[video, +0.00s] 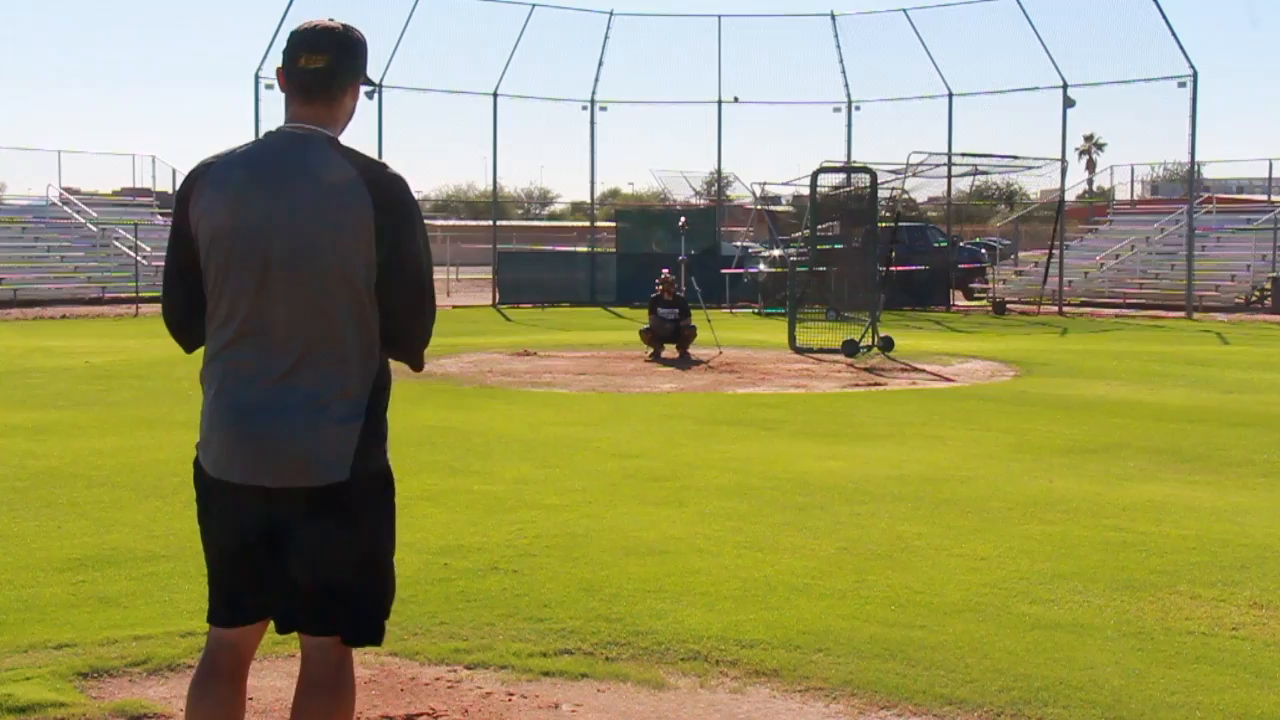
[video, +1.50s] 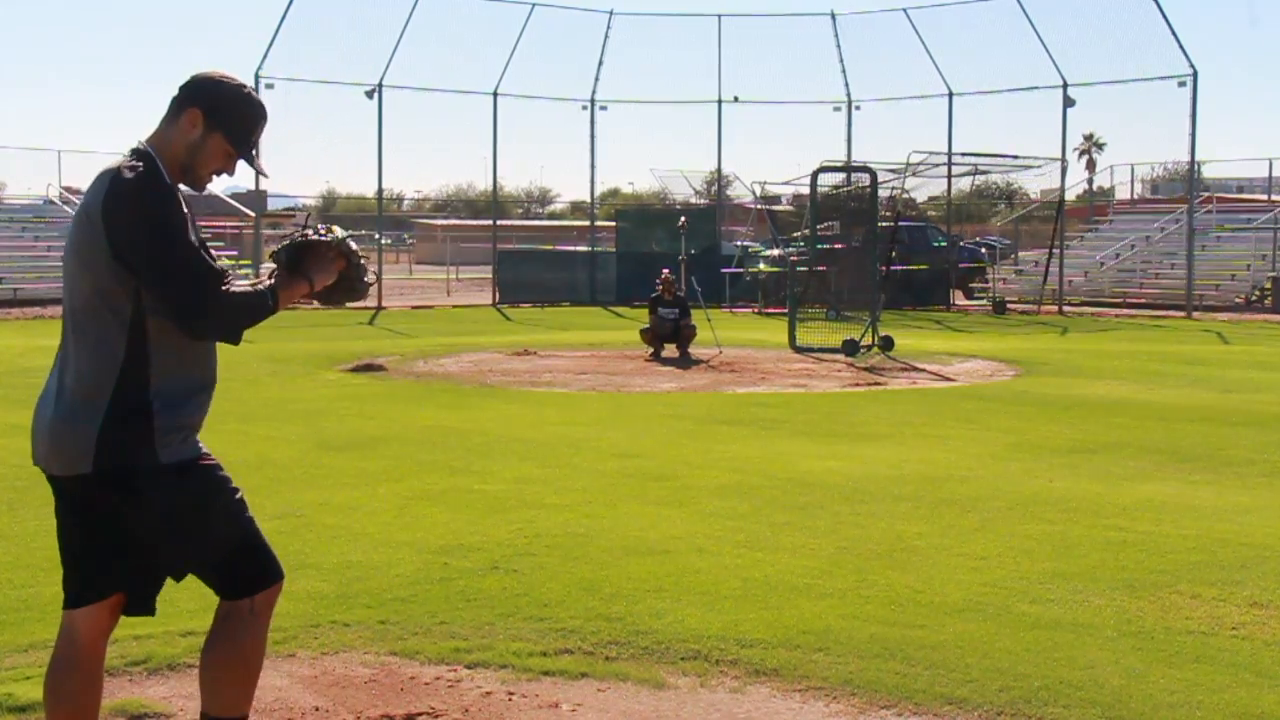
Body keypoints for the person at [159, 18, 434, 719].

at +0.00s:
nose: (352, 100)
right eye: (357, 90)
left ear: (280, 84)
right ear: (357, 94)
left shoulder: (206, 181)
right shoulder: (381, 190)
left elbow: (186, 326)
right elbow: (410, 342)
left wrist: (262, 287)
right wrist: (338, 292)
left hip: (229, 454)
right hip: (337, 460)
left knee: (229, 636)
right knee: (329, 649)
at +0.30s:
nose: (343, 100)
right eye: (348, 90)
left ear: (270, 86)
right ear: (346, 95)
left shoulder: (203, 186)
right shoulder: (367, 193)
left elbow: (193, 325)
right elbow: (397, 341)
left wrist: (253, 377)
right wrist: (387, 387)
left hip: (228, 451)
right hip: (332, 457)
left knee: (233, 628)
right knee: (328, 645)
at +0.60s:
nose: (320, 105)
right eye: (322, 94)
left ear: (246, 89)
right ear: (318, 99)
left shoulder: (179, 186)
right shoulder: (322, 192)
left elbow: (161, 323)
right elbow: (354, 319)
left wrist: (221, 363)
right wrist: (386, 387)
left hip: (201, 444)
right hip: (299, 449)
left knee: (204, 591)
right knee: (310, 634)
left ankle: (129, 714)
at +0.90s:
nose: (264, 141)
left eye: (270, 127)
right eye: (268, 124)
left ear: (197, 110)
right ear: (248, 117)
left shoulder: (134, 192)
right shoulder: (218, 204)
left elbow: (188, 321)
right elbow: (265, 342)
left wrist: (295, 307)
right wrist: (328, 328)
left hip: (117, 451)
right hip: (207, 456)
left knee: (112, 626)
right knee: (272, 632)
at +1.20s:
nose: (225, 166)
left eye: (234, 156)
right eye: (228, 149)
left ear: (185, 122)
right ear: (192, 120)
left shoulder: (105, 187)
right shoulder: (151, 193)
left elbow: (183, 307)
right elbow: (226, 314)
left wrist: (278, 286)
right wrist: (299, 285)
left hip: (70, 443)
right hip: (142, 449)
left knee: (87, 612)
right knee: (245, 597)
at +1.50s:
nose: (228, 168)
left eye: (236, 158)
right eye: (230, 151)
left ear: (189, 125)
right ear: (192, 121)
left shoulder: (114, 187)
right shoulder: (144, 192)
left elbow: (197, 303)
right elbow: (212, 312)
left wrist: (276, 289)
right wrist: (287, 283)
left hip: (80, 444)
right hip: (143, 448)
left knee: (91, 609)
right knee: (254, 584)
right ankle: (223, 716)